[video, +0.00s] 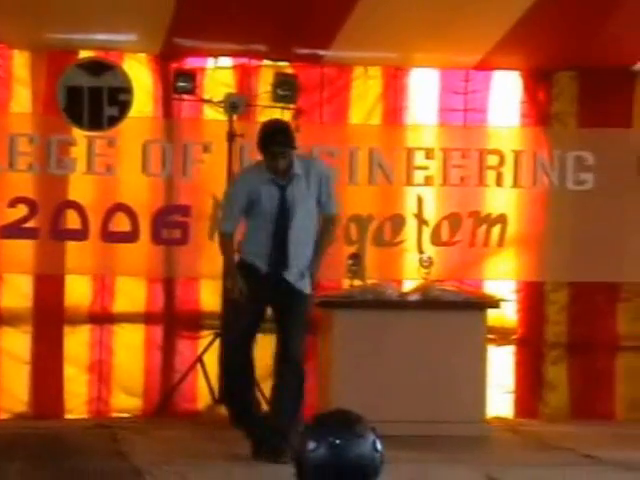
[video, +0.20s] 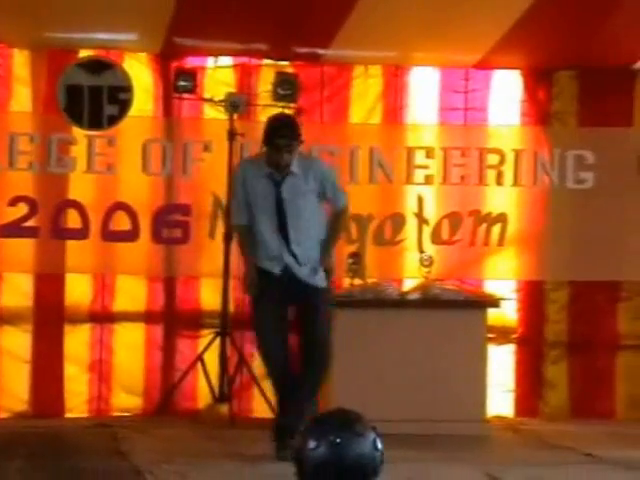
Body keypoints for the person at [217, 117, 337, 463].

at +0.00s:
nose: (281, 164)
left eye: (285, 156)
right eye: (274, 157)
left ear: (295, 150)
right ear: (263, 155)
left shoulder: (316, 175)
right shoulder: (248, 180)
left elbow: (329, 219)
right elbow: (225, 228)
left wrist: (314, 265)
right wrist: (231, 271)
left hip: (295, 277)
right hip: (252, 275)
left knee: (291, 357)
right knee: (235, 349)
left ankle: (281, 435)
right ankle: (249, 420)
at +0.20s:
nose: (285, 158)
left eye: (291, 151)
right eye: (279, 151)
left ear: (299, 147)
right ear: (265, 146)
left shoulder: (314, 170)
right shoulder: (247, 172)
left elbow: (341, 207)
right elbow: (241, 225)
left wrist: (327, 250)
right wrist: (251, 267)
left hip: (310, 274)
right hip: (268, 275)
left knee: (318, 355)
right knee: (273, 353)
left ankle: (288, 430)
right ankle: (301, 426)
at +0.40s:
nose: (296, 149)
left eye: (301, 140)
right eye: (289, 141)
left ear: (308, 140)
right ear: (276, 141)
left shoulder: (322, 176)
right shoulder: (251, 177)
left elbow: (329, 222)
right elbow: (238, 231)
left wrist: (329, 262)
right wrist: (255, 277)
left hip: (314, 282)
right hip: (273, 284)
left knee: (331, 356)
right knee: (283, 359)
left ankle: (321, 422)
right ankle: (306, 422)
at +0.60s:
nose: (296, 147)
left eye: (301, 139)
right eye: (289, 139)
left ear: (311, 141)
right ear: (278, 143)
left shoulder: (330, 184)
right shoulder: (261, 184)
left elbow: (341, 233)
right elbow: (237, 232)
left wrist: (329, 276)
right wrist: (244, 273)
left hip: (307, 287)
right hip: (264, 281)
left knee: (297, 369)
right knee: (241, 346)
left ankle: (284, 439)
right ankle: (233, 412)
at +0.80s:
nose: (295, 133)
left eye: (300, 124)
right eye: (288, 125)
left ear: (308, 126)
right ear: (276, 126)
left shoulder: (327, 163)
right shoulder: (257, 163)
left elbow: (338, 213)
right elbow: (247, 214)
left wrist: (329, 257)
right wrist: (234, 240)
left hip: (311, 267)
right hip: (268, 267)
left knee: (306, 354)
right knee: (269, 352)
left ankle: (301, 433)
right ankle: (265, 434)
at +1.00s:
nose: (303, 145)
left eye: (308, 138)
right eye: (296, 138)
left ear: (313, 136)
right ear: (279, 133)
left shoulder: (323, 172)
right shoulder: (255, 167)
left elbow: (332, 220)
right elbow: (234, 222)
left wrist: (328, 259)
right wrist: (228, 273)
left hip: (310, 272)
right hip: (268, 271)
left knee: (318, 350)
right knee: (278, 354)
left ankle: (289, 423)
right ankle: (287, 437)